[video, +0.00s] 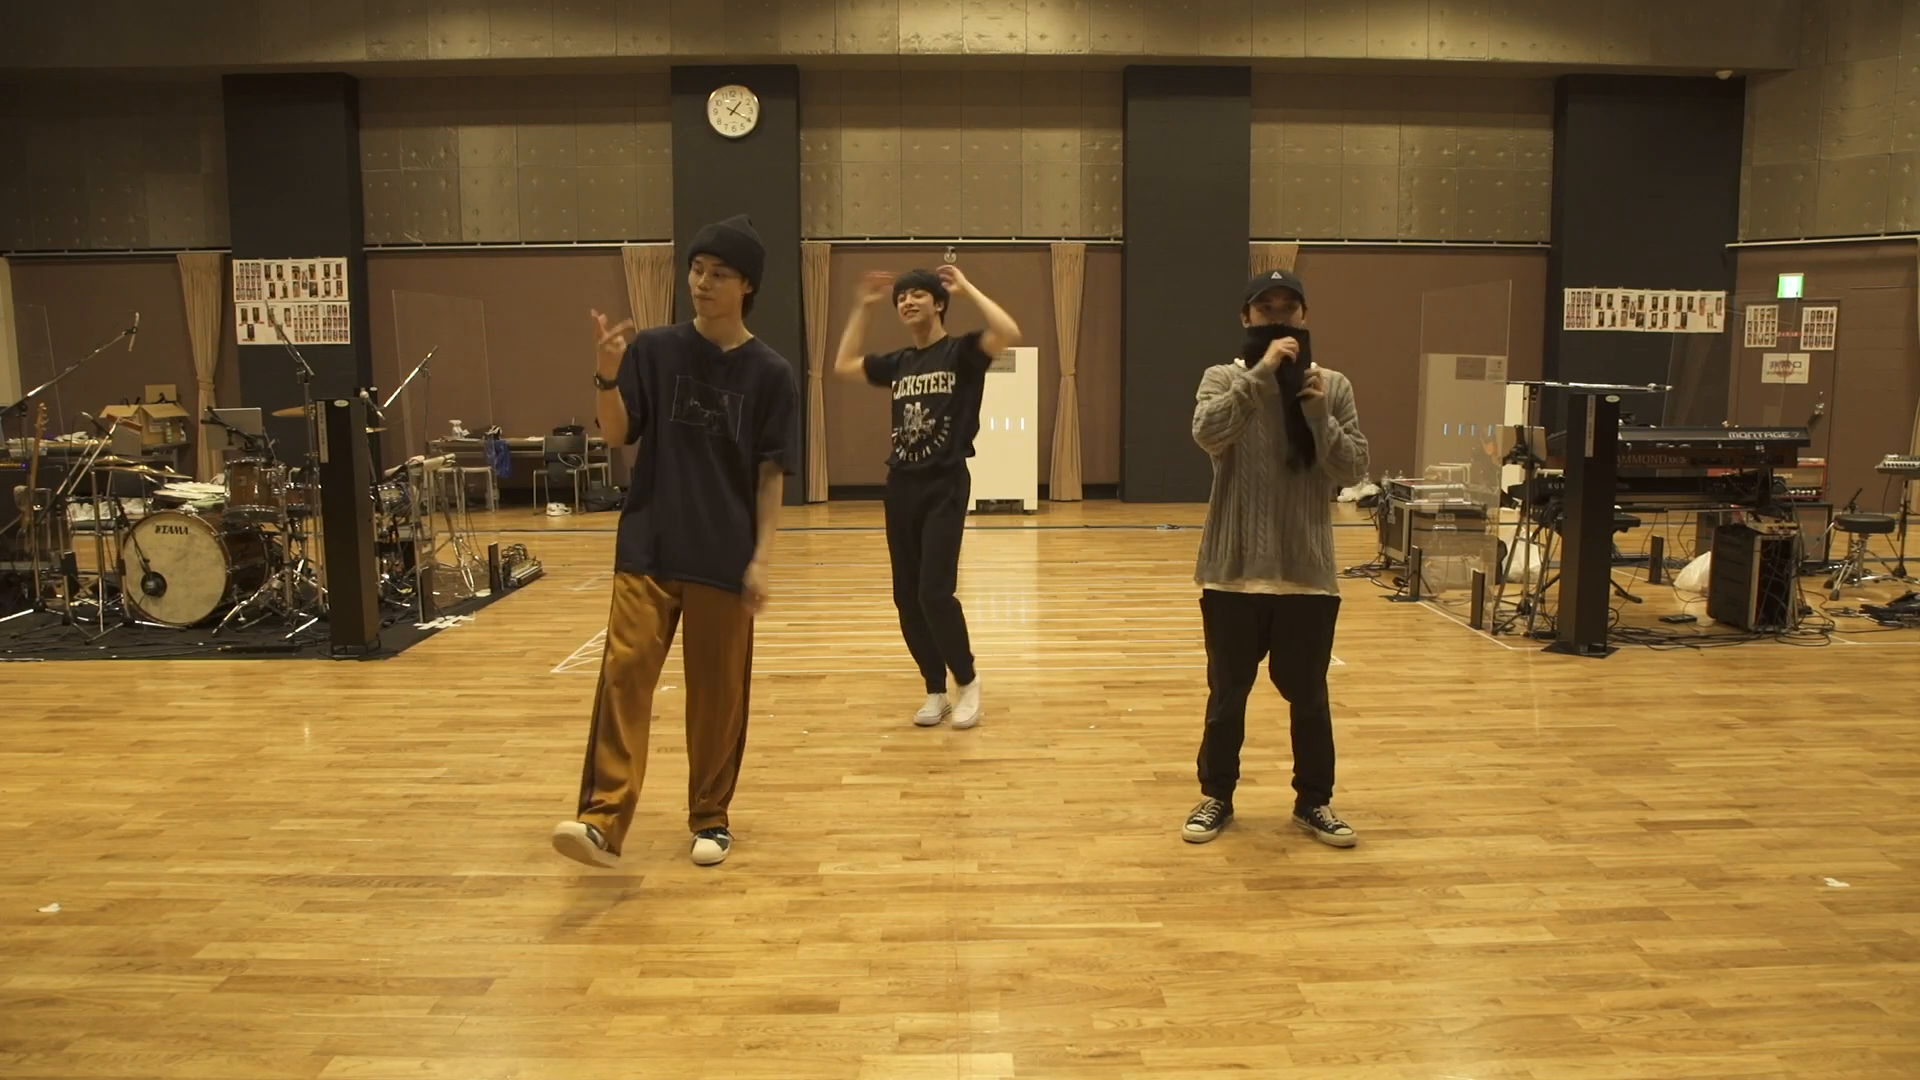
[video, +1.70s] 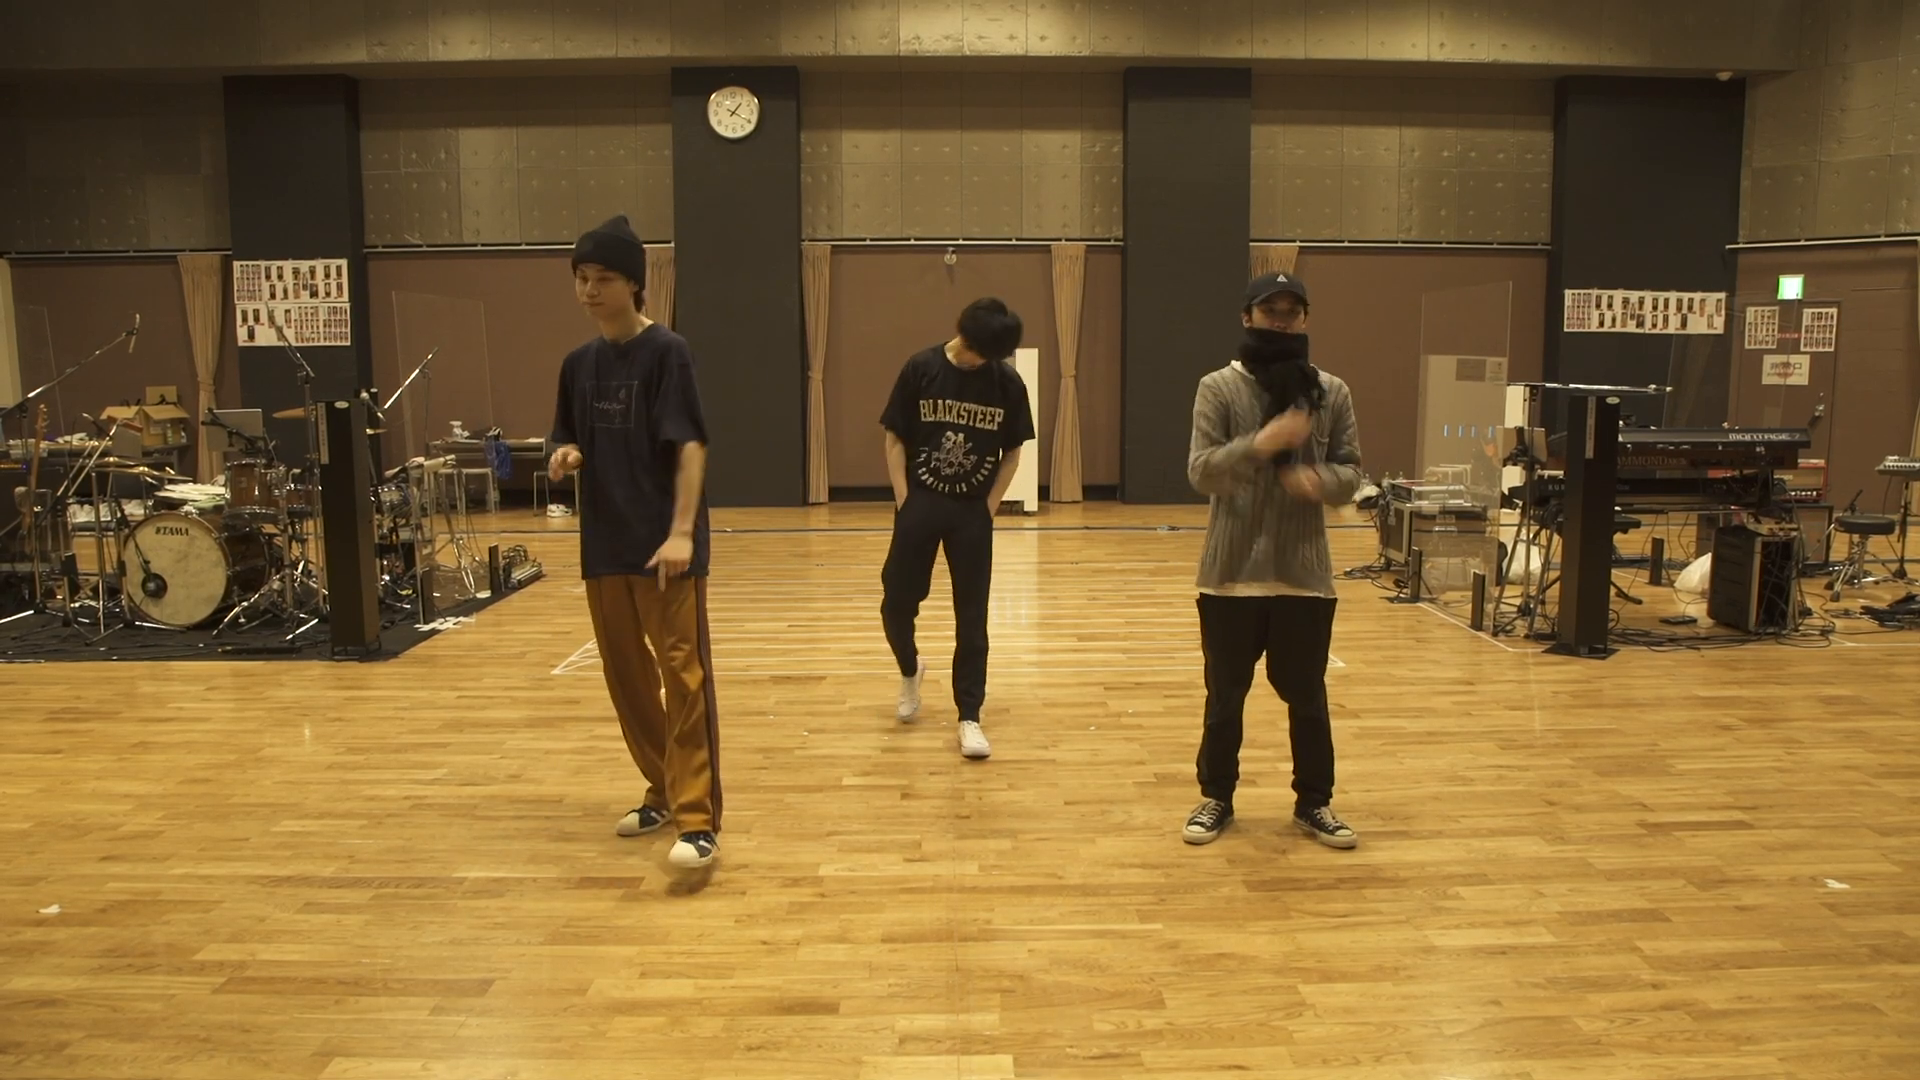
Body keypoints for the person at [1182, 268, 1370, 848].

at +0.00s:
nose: (1277, 316)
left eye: (1288, 306)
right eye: (1265, 307)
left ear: (1304, 316)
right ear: (1246, 317)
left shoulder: (1333, 386)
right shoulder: (1223, 378)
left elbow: (1350, 471)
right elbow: (1209, 436)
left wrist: (1317, 406)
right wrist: (1262, 371)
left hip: (1308, 572)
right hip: (1233, 570)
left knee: (1309, 696)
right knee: (1226, 695)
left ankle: (1314, 803)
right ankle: (1215, 800)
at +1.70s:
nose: (1284, 322)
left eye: (1293, 312)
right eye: (1272, 311)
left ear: (1305, 320)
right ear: (1249, 318)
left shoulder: (1331, 392)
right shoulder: (1218, 387)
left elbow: (1350, 474)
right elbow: (1201, 472)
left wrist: (1319, 480)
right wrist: (1260, 442)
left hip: (1304, 574)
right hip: (1230, 573)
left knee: (1307, 697)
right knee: (1223, 697)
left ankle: (1314, 805)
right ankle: (1215, 801)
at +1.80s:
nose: (1285, 321)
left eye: (1294, 311)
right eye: (1273, 311)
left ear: (1305, 319)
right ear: (1249, 317)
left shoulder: (1331, 393)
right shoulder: (1216, 392)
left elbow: (1350, 475)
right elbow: (1190, 472)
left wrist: (1367, 519)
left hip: (1304, 578)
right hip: (1230, 577)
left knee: (1307, 698)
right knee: (1223, 699)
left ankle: (1314, 804)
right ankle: (1215, 800)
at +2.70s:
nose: (1280, 336)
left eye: (1289, 326)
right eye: (1268, 325)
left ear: (1300, 328)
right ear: (1240, 325)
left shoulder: (1316, 388)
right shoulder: (1202, 390)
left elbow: (1344, 461)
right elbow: (1163, 470)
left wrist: (1383, 476)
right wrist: (1182, 485)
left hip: (1292, 580)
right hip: (1219, 581)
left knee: (1309, 697)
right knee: (1215, 700)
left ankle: (1319, 802)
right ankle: (1214, 799)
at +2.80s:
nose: (1278, 334)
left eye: (1287, 324)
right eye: (1267, 324)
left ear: (1298, 328)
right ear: (1239, 323)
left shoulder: (1310, 385)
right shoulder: (1203, 382)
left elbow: (1344, 458)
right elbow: (1175, 457)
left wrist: (1349, 407)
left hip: (1293, 572)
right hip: (1219, 573)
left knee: (1307, 689)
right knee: (1215, 693)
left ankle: (1318, 792)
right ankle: (1214, 797)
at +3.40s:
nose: (1311, 328)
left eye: (1320, 318)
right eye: (1299, 318)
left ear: (1330, 323)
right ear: (1274, 322)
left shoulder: (1348, 376)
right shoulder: (1242, 378)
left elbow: (1383, 460)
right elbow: (1212, 465)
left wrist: (1377, 437)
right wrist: (1217, 436)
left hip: (1317, 561)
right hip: (1249, 559)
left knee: (1303, 680)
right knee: (1232, 679)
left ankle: (1294, 779)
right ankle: (1223, 787)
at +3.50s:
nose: (1313, 324)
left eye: (1321, 314)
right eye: (1301, 314)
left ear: (1332, 321)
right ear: (1274, 320)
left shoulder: (1350, 377)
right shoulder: (1240, 380)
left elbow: (1376, 446)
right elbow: (1209, 448)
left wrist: (1389, 491)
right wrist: (1189, 473)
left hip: (1317, 566)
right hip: (1248, 565)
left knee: (1302, 682)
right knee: (1237, 680)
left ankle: (1294, 781)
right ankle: (1236, 785)